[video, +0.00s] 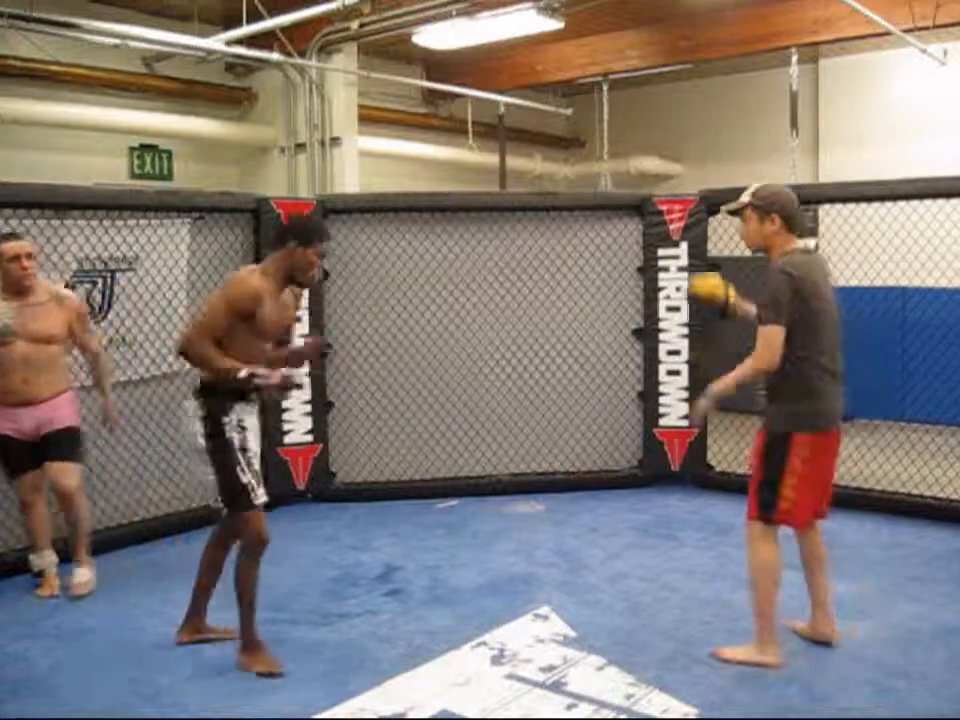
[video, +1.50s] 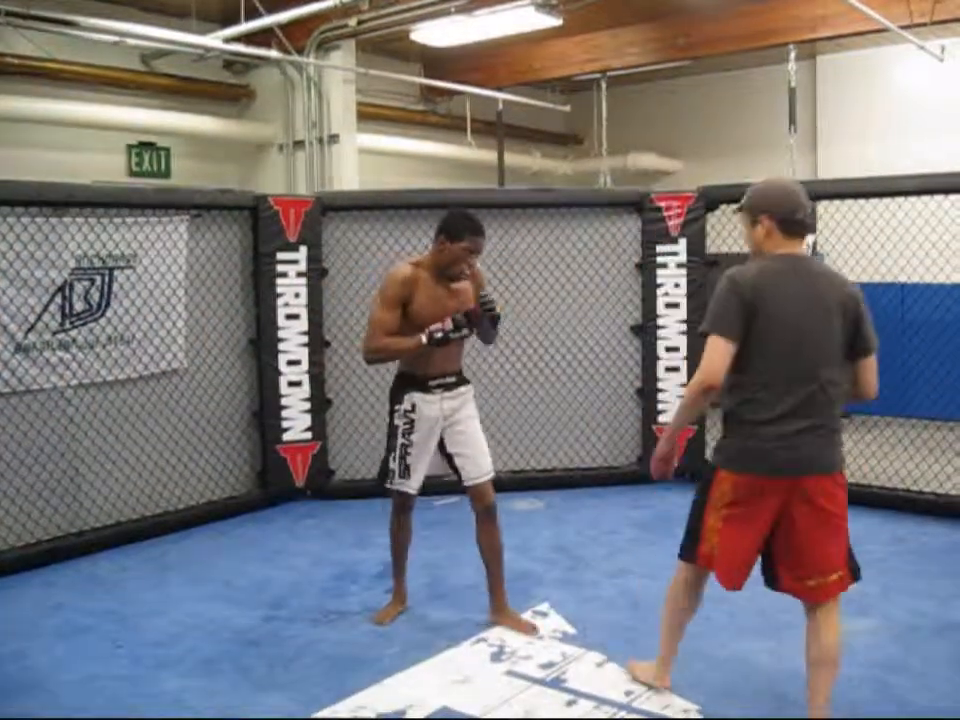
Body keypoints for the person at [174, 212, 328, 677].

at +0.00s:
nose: (320, 267)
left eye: (321, 258)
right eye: (317, 257)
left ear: (299, 253)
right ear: (294, 251)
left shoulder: (288, 294)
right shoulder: (246, 286)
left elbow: (258, 351)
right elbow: (191, 344)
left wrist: (297, 354)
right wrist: (246, 373)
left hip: (250, 407)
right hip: (226, 408)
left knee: (234, 524)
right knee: (255, 536)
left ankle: (194, 621)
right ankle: (250, 646)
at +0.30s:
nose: (348, 259)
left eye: (351, 251)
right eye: (344, 249)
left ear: (333, 244)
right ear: (317, 240)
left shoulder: (326, 278)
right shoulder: (271, 280)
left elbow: (321, 336)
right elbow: (261, 352)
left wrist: (356, 323)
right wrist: (308, 334)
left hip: (315, 408)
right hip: (277, 412)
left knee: (349, 516)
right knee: (277, 536)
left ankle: (303, 592)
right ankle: (260, 642)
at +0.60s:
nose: (422, 270)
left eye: (423, 262)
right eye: (416, 263)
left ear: (406, 262)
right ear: (387, 261)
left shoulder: (405, 291)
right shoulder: (342, 298)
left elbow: (445, 325)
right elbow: (326, 375)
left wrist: (457, 310)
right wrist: (375, 343)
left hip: (394, 414)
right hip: (350, 421)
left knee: (445, 507)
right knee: (317, 538)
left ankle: (459, 604)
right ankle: (282, 644)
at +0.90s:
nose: (470, 258)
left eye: (473, 251)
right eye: (465, 250)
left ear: (469, 246)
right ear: (439, 238)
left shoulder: (467, 268)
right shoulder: (393, 270)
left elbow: (506, 288)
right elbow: (363, 339)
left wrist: (521, 287)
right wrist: (414, 325)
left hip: (438, 390)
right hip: (393, 391)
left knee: (457, 497)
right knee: (373, 504)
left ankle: (462, 599)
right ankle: (362, 605)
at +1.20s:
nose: (466, 267)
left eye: (471, 259)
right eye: (462, 257)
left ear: (468, 253)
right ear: (439, 243)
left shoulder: (461, 280)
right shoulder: (393, 277)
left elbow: (452, 331)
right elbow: (358, 342)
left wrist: (464, 333)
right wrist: (406, 334)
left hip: (445, 396)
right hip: (402, 399)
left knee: (487, 494)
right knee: (397, 500)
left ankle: (472, 591)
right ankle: (398, 593)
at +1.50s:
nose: (470, 266)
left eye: (474, 258)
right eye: (466, 256)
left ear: (474, 253)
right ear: (442, 244)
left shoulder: (470, 277)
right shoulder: (402, 279)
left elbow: (484, 336)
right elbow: (372, 349)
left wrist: (486, 322)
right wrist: (427, 337)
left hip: (458, 398)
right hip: (414, 402)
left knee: (486, 501)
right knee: (403, 502)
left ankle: (500, 607)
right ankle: (398, 596)